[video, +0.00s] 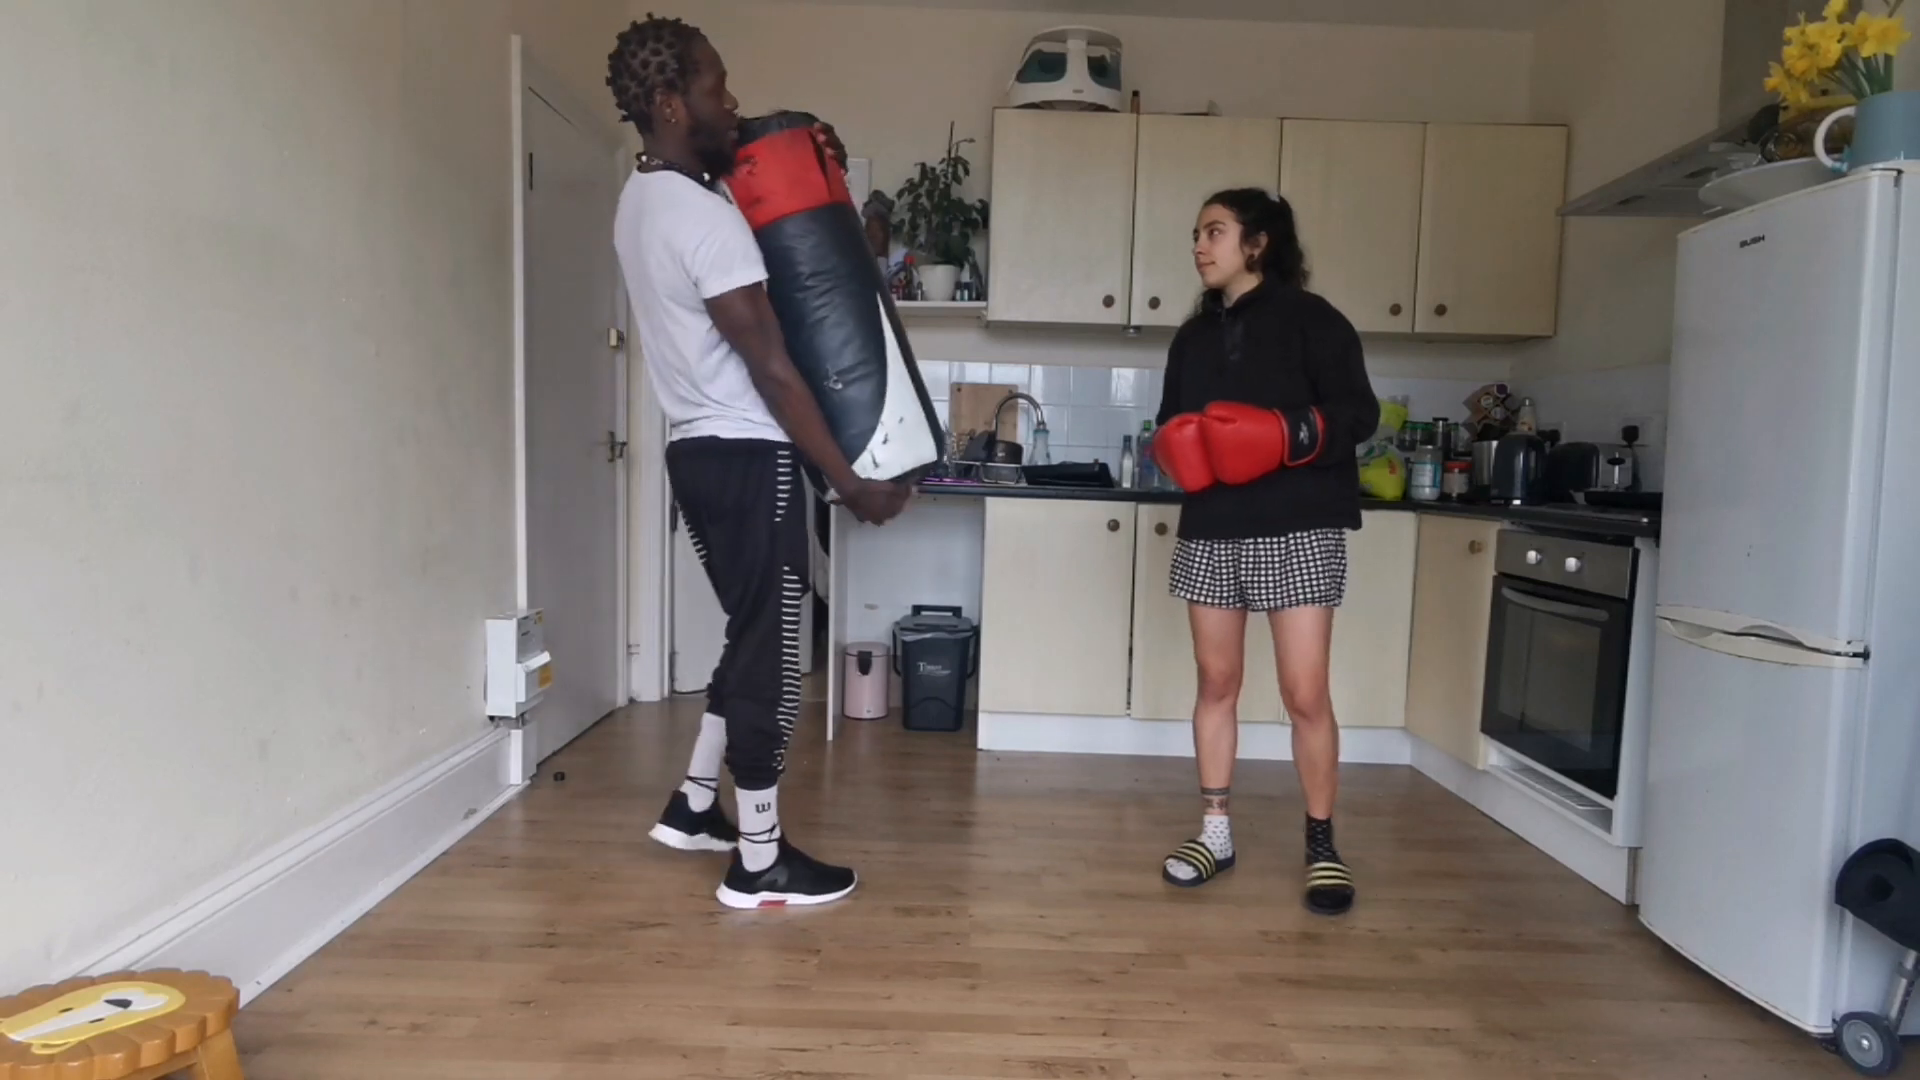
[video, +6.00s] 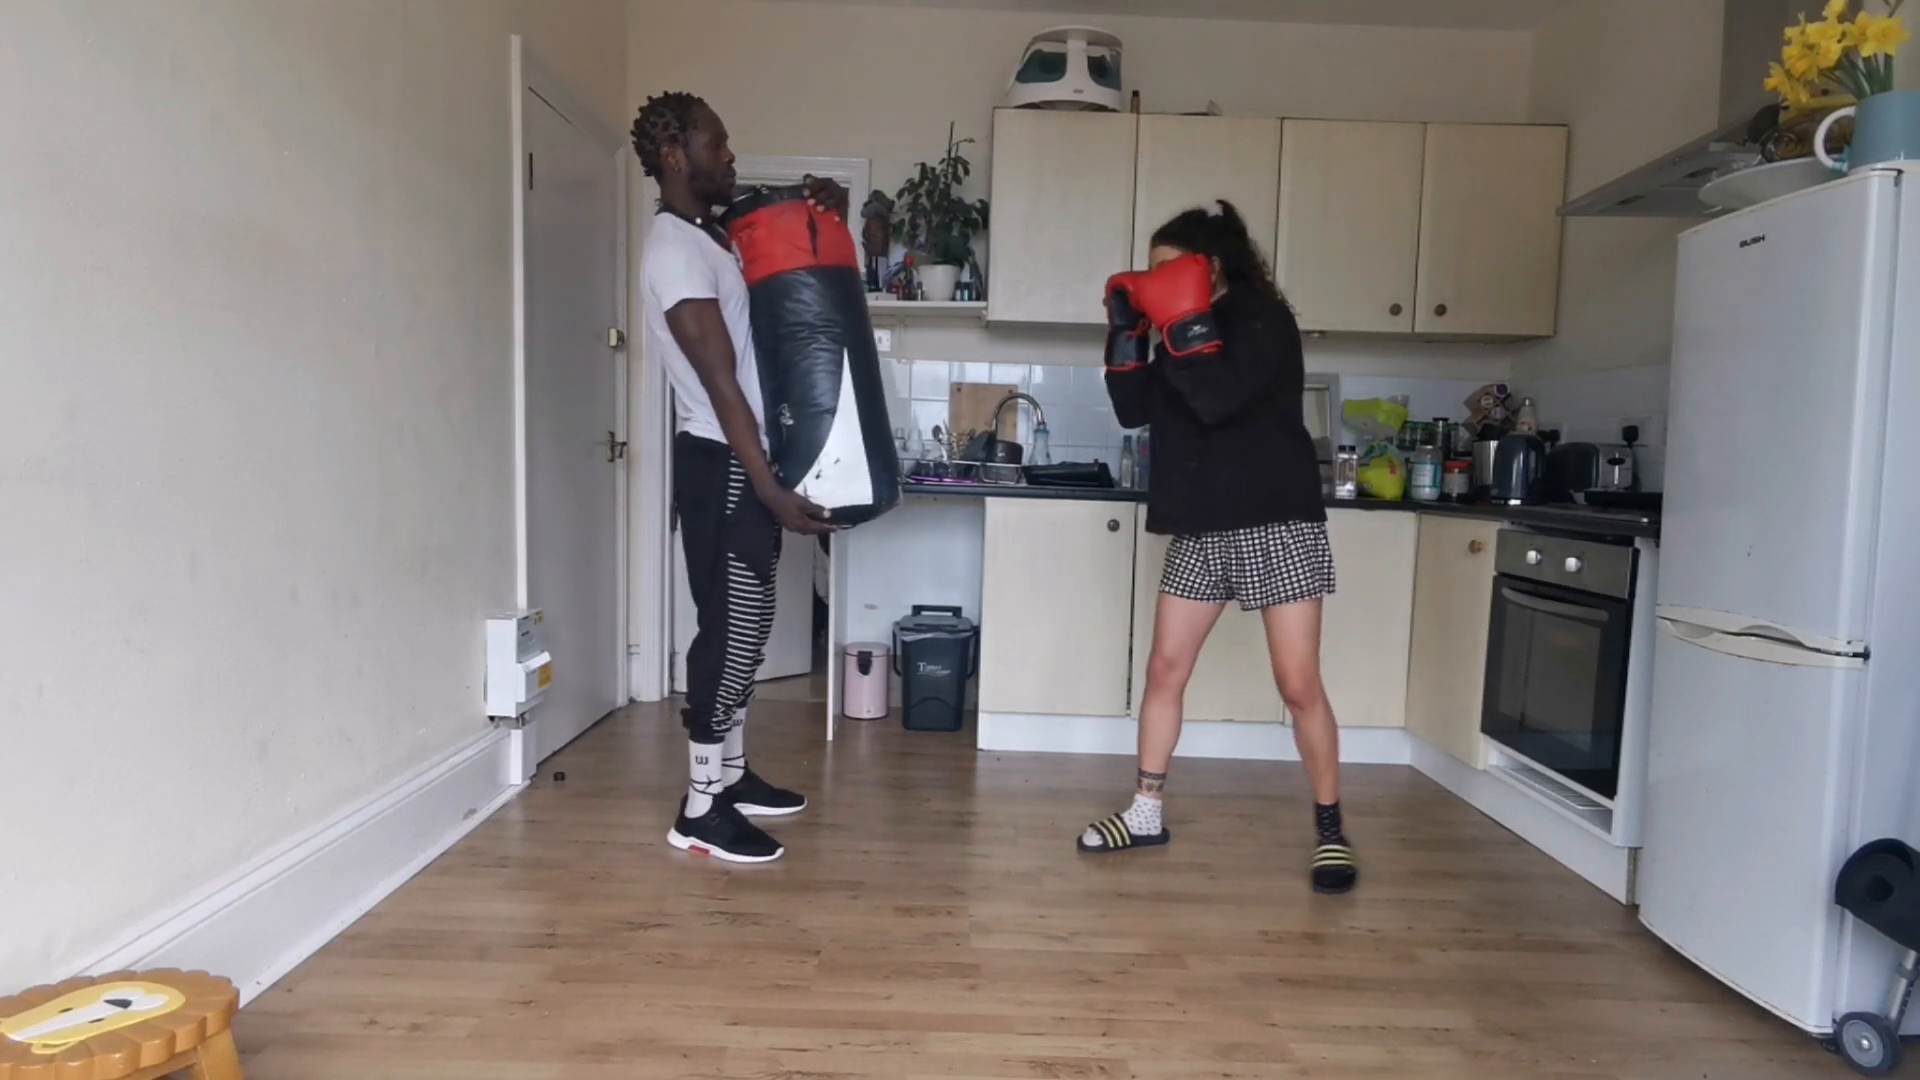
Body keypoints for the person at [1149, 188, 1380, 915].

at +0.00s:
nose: (1199, 245)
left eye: (1214, 233)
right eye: (1198, 234)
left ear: (1258, 243)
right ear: (1207, 248)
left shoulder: (1314, 320)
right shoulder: (1193, 336)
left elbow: (1361, 412)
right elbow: (1171, 433)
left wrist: (1292, 434)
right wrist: (1176, 449)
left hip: (1301, 525)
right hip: (1213, 525)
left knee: (1305, 697)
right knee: (1216, 681)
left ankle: (1321, 844)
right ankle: (1214, 831)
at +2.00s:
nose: (1232, 260)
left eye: (1243, 245)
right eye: (1232, 246)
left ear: (1289, 250)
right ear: (1279, 253)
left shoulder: (1339, 319)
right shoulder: (1267, 329)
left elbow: (1354, 434)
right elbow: (1275, 423)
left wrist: (1256, 429)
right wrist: (1218, 427)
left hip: (1342, 532)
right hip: (1277, 528)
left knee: (1324, 694)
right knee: (1240, 675)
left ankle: (1326, 857)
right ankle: (1240, 830)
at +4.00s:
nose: (1143, 270)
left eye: (1153, 258)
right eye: (1139, 259)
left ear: (1197, 259)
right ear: (1156, 265)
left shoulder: (1242, 320)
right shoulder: (1162, 326)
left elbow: (1191, 410)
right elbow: (1127, 422)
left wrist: (1159, 332)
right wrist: (1111, 342)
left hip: (1257, 518)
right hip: (1180, 520)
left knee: (1272, 686)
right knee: (1158, 668)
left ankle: (1304, 834)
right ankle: (1146, 810)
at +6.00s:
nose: (1159, 283)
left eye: (1170, 270)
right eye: (1155, 273)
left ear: (1212, 264)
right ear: (1164, 275)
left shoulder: (1264, 318)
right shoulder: (1177, 328)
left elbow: (1217, 401)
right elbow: (1131, 408)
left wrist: (1183, 328)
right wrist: (1124, 329)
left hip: (1279, 519)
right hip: (1201, 521)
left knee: (1300, 686)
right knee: (1165, 668)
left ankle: (1329, 828)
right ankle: (1146, 810)